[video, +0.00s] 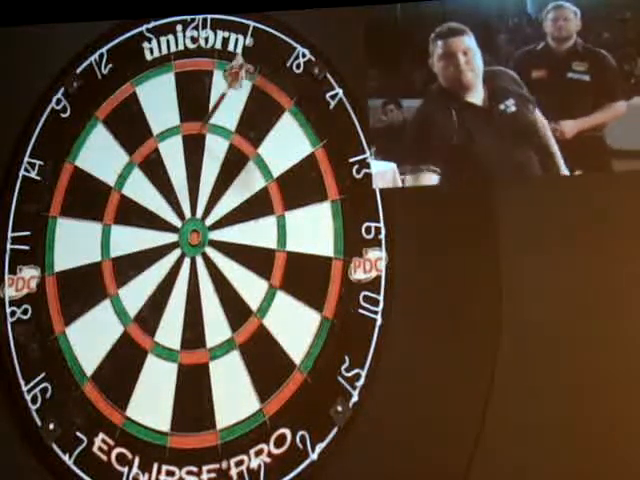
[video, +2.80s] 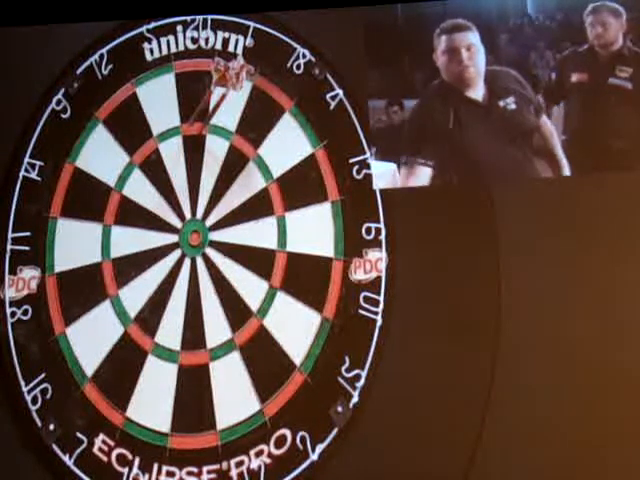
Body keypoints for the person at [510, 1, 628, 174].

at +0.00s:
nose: (560, 24)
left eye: (566, 19)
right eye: (554, 19)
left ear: (578, 24)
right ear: (544, 25)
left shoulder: (598, 60)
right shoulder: (525, 60)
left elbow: (619, 106)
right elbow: (512, 104)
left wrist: (576, 125)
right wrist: (541, 127)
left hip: (588, 154)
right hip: (538, 153)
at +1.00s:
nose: (573, 23)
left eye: (581, 18)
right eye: (569, 19)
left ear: (600, 23)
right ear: (564, 23)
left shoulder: (624, 60)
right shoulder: (548, 59)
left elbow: (636, 107)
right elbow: (529, 100)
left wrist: (601, 119)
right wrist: (544, 117)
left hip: (610, 160)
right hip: (560, 159)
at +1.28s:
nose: (575, 24)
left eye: (584, 19)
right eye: (574, 19)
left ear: (607, 24)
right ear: (570, 22)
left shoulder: (631, 60)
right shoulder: (558, 60)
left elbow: (637, 112)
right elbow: (542, 101)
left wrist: (611, 126)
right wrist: (554, 117)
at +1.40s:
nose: (571, 24)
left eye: (580, 19)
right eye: (572, 19)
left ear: (606, 24)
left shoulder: (631, 61)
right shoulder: (564, 59)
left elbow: (638, 121)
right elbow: (530, 95)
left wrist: (623, 144)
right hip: (571, 163)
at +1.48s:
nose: (570, 25)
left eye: (579, 19)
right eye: (571, 19)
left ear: (606, 24)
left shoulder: (632, 61)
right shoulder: (563, 59)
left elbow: (636, 114)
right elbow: (528, 94)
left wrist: (630, 148)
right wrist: (541, 74)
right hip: (571, 163)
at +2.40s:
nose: (590, 30)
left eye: (596, 23)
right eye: (585, 25)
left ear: (616, 24)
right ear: (579, 30)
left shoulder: (633, 60)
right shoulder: (569, 61)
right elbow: (531, 91)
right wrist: (549, 82)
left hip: (625, 159)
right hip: (578, 160)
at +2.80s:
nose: (597, 31)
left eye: (604, 25)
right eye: (592, 26)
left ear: (622, 25)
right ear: (586, 30)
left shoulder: (635, 61)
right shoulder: (570, 61)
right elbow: (548, 98)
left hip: (626, 158)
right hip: (580, 160)